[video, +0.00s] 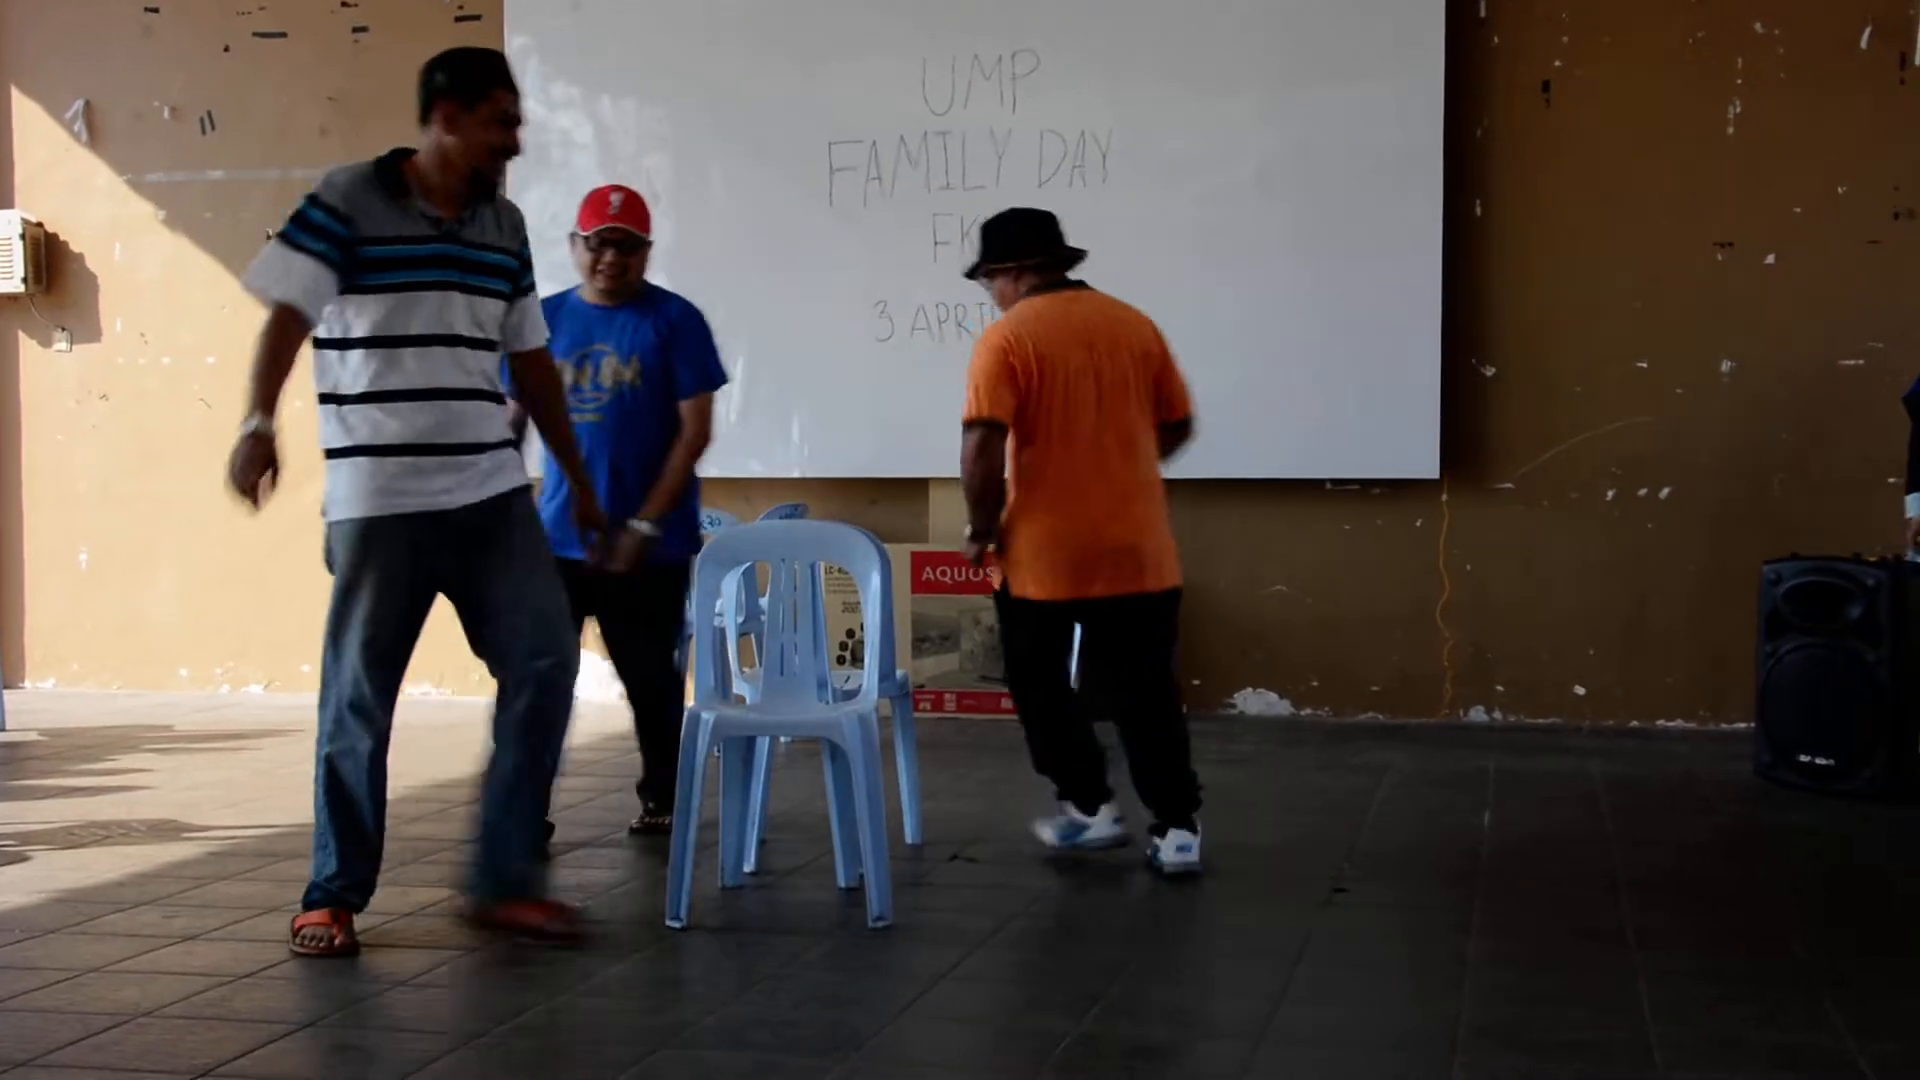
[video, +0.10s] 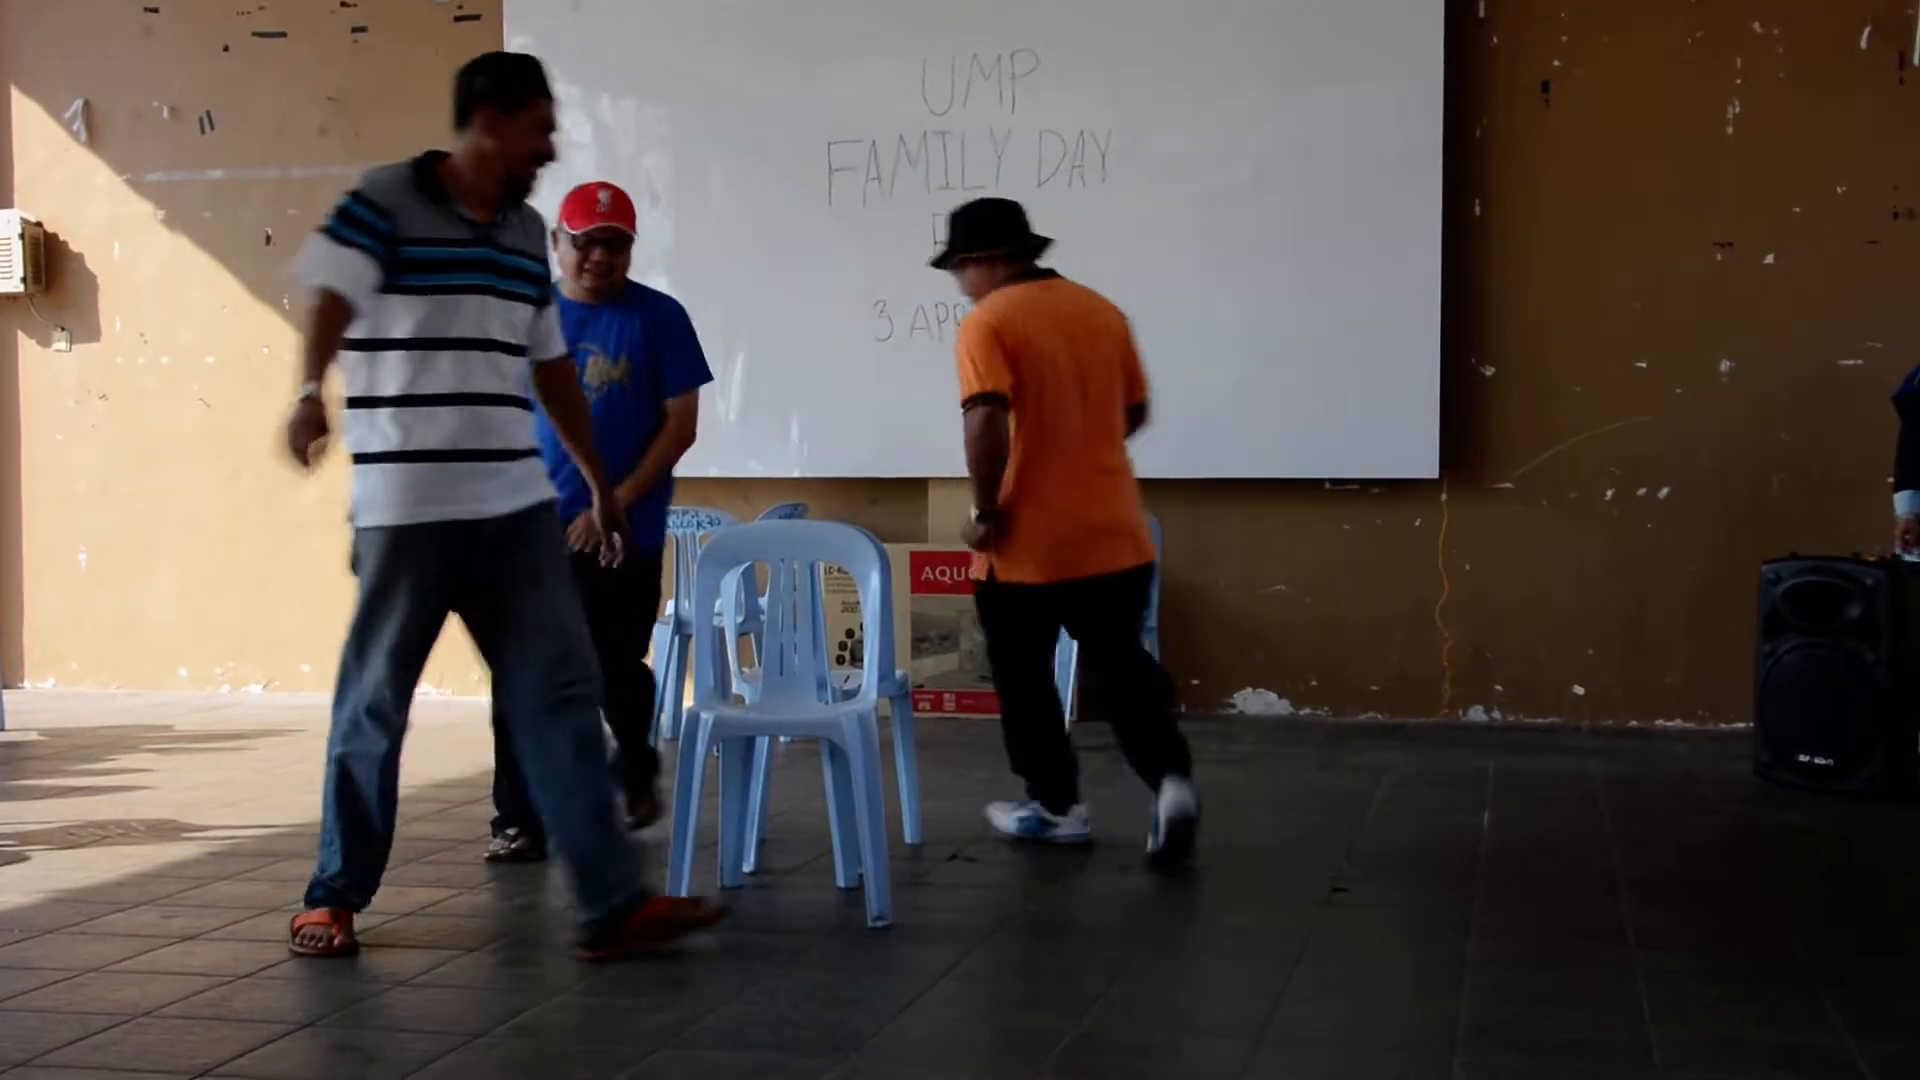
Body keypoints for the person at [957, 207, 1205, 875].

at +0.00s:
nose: (990, 294)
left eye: (991, 280)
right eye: (988, 281)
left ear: (1015, 273)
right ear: (1061, 266)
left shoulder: (1008, 337)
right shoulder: (1133, 323)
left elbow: (983, 450)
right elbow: (1177, 424)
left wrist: (981, 527)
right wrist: (1116, 462)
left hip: (1045, 547)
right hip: (1140, 543)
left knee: (1040, 686)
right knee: (1146, 689)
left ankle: (1087, 809)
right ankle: (1178, 830)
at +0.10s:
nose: (957, 283)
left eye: (959, 269)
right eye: (955, 271)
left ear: (988, 261)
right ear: (1026, 255)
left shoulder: (987, 323)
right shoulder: (1102, 310)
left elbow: (986, 419)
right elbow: (1134, 409)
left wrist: (984, 510)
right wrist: (1077, 453)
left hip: (1028, 539)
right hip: (1117, 533)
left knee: (1023, 678)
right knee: (1120, 659)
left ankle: (1056, 804)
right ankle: (1171, 777)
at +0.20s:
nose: (928, 296)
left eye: (930, 280)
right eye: (925, 281)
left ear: (959, 272)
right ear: (989, 268)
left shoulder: (964, 336)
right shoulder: (1061, 319)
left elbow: (971, 434)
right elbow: (1096, 414)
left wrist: (944, 518)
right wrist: (1042, 467)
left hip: (1006, 541)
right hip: (1084, 533)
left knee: (1005, 681)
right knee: (1090, 646)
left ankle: (1049, 805)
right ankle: (1147, 741)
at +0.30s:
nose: (899, 302)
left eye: (903, 287)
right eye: (896, 289)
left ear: (933, 277)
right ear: (961, 272)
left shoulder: (944, 338)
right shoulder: (1023, 322)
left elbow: (939, 441)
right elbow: (1069, 407)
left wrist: (887, 489)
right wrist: (1035, 473)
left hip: (981, 542)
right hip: (1045, 532)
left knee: (989, 679)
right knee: (1020, 652)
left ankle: (1046, 803)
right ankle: (1080, 757)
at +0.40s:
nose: (867, 292)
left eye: (872, 278)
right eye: (864, 280)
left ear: (903, 269)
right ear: (928, 264)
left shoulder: (916, 328)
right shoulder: (987, 311)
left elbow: (914, 428)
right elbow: (1036, 388)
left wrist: (854, 470)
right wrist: (1007, 454)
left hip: (952, 532)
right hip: (1008, 521)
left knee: (957, 665)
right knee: (976, 656)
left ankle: (1041, 781)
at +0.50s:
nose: (835, 305)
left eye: (842, 291)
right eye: (832, 294)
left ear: (875, 284)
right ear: (890, 284)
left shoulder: (897, 341)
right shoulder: (940, 329)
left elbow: (910, 439)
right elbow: (975, 412)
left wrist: (856, 506)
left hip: (924, 545)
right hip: (967, 538)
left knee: (913, 662)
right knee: (939, 660)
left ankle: (975, 759)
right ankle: (970, 770)